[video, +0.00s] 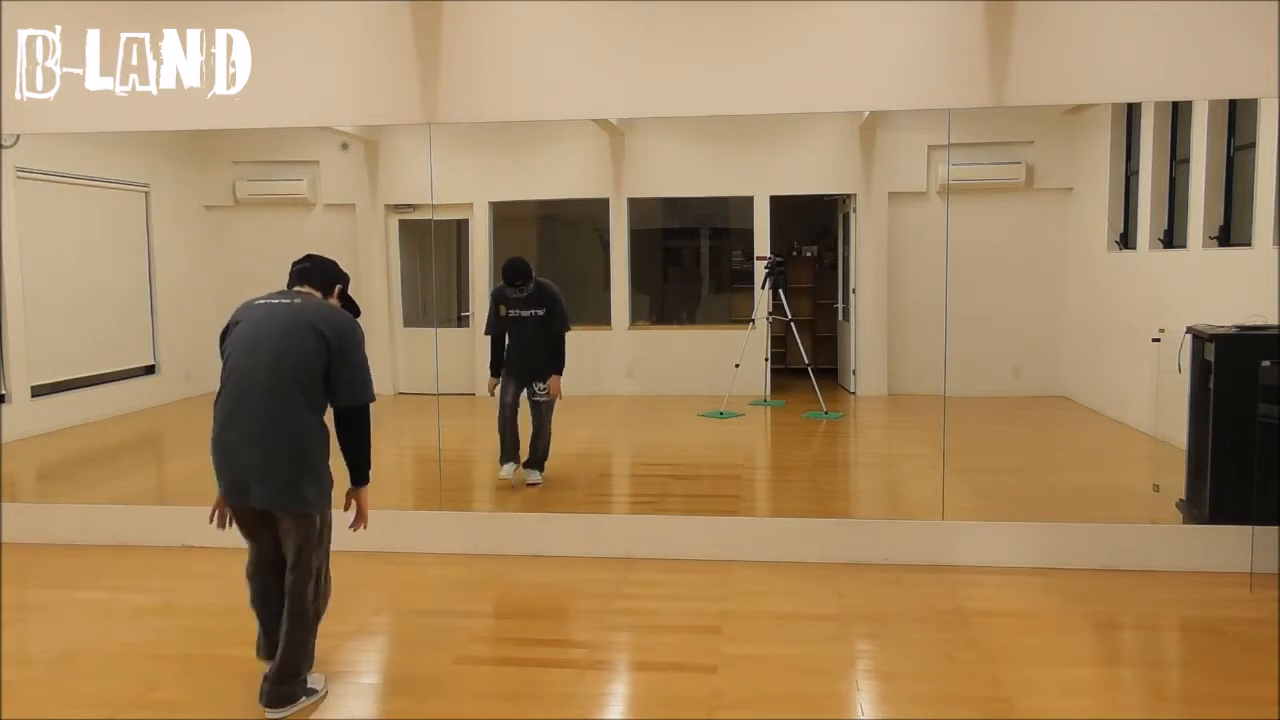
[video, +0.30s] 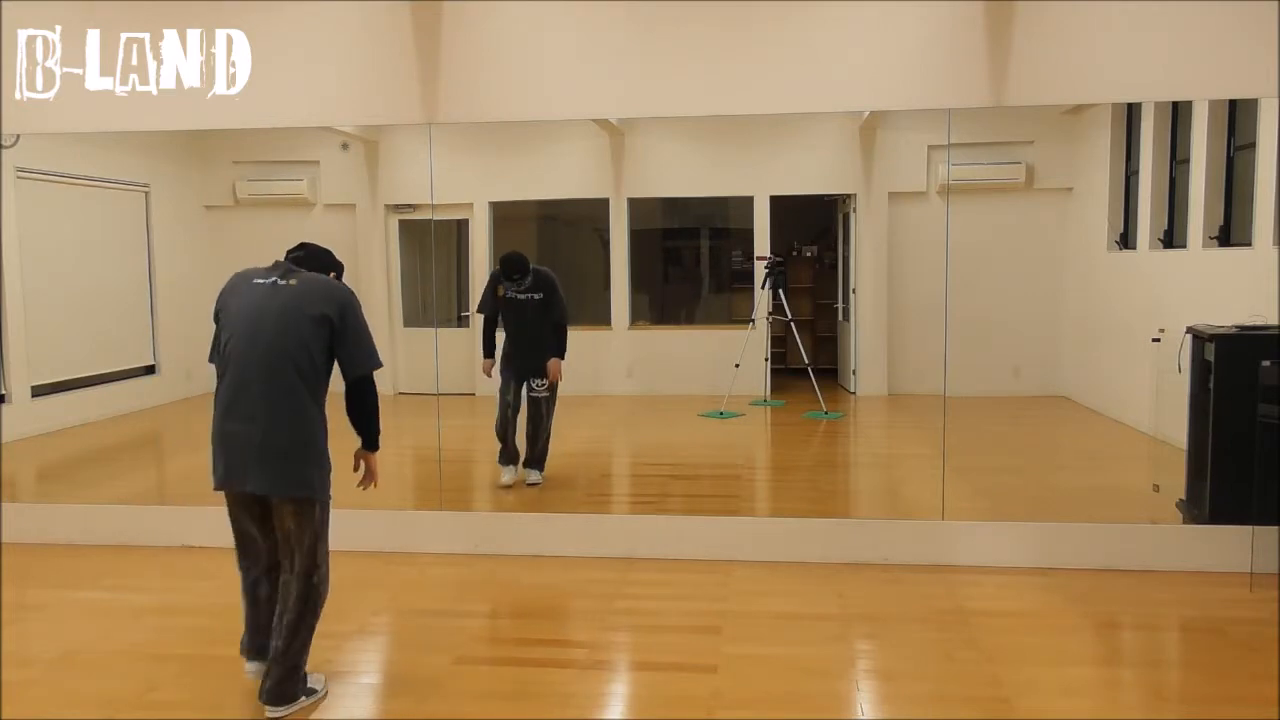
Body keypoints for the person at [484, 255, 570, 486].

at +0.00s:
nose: (520, 292)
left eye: (524, 288)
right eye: (515, 289)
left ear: (531, 279)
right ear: (507, 283)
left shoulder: (549, 293)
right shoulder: (500, 295)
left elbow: (559, 336)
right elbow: (497, 337)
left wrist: (557, 374)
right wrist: (495, 373)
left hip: (544, 364)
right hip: (515, 362)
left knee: (542, 420)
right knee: (506, 407)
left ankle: (535, 467)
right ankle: (509, 460)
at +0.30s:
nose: (516, 286)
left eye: (520, 282)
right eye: (511, 283)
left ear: (528, 273)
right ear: (504, 275)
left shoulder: (546, 280)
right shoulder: (498, 280)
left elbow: (560, 320)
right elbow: (490, 318)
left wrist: (557, 356)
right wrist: (489, 355)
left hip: (544, 354)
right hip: (514, 351)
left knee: (541, 415)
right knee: (506, 410)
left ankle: (534, 466)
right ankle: (508, 462)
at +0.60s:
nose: (513, 289)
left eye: (517, 284)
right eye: (508, 285)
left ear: (526, 275)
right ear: (502, 277)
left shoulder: (546, 290)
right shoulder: (496, 290)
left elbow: (558, 328)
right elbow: (493, 327)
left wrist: (549, 358)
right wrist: (496, 358)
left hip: (535, 365)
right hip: (506, 363)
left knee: (530, 418)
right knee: (503, 418)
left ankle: (532, 466)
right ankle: (506, 468)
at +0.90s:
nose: (528, 272)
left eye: (532, 266)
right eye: (524, 267)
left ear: (542, 259)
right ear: (518, 263)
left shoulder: (564, 279)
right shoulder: (514, 282)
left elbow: (592, 296)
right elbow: (493, 300)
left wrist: (600, 302)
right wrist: (472, 306)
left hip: (555, 362)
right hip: (524, 361)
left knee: (566, 415)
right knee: (509, 414)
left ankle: (589, 452)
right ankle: (506, 469)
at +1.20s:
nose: (551, 271)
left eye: (555, 265)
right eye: (546, 267)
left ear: (564, 260)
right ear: (540, 265)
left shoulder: (585, 283)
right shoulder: (538, 287)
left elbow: (611, 309)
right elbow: (526, 316)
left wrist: (622, 338)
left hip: (587, 357)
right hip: (556, 359)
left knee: (592, 411)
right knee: (555, 418)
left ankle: (609, 461)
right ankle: (576, 447)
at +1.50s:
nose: (561, 269)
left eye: (565, 264)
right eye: (556, 265)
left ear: (572, 258)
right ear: (547, 261)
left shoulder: (585, 274)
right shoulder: (538, 279)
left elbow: (586, 308)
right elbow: (535, 315)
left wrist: (554, 311)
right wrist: (558, 320)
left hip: (579, 352)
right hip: (551, 354)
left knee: (573, 410)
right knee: (563, 411)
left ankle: (553, 460)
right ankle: (583, 455)